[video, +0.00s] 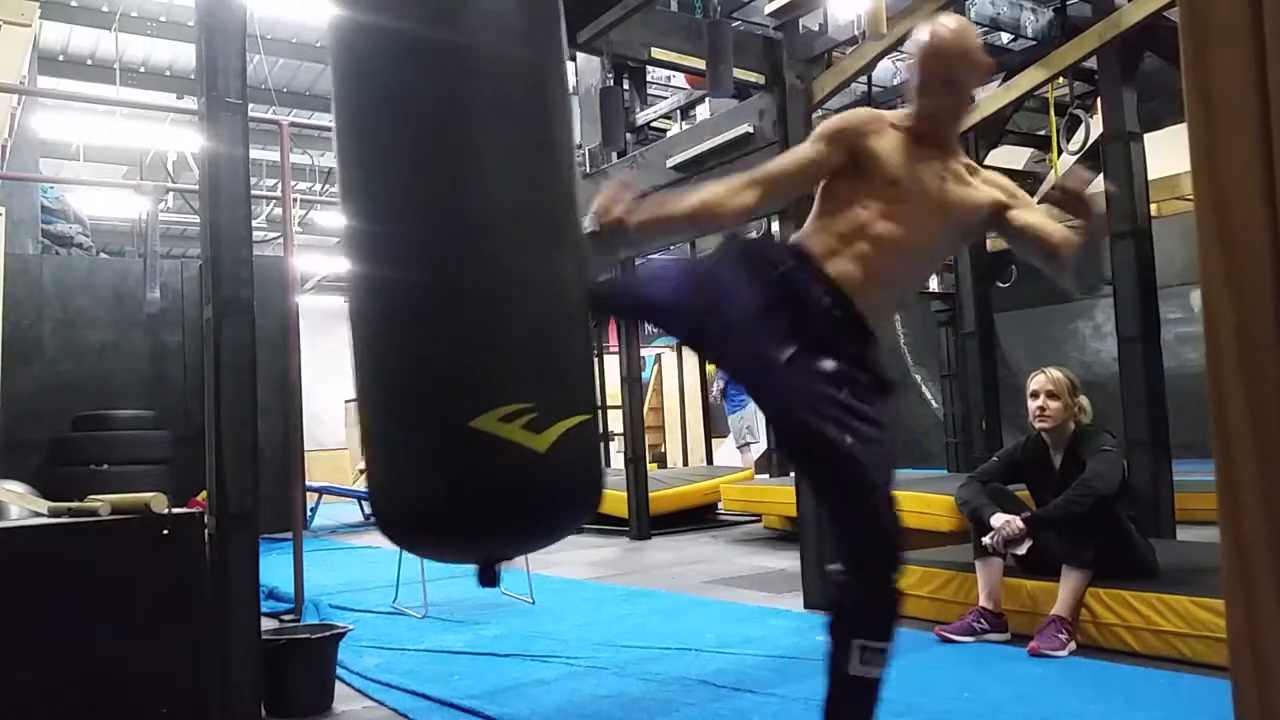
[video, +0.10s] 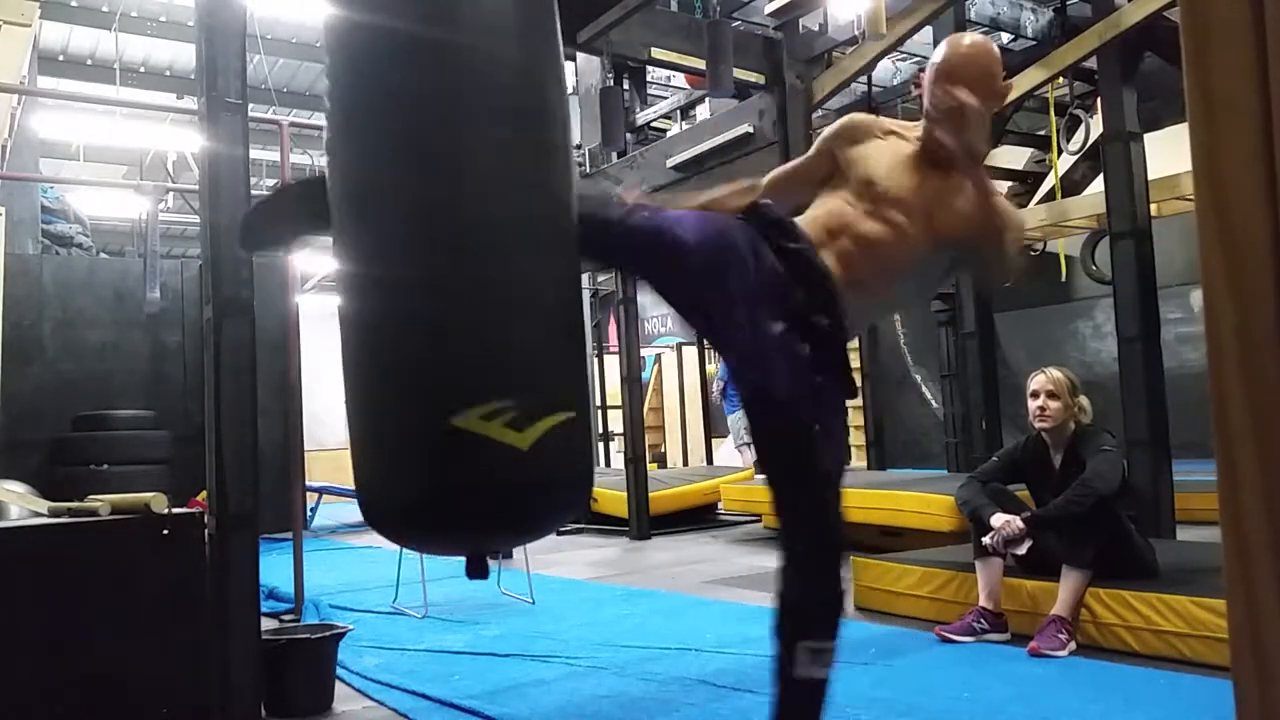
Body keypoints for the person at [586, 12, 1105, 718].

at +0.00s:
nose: (933, 86)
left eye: (951, 72)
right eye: (927, 66)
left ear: (975, 82)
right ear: (910, 68)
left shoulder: (991, 190)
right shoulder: (861, 131)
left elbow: (1076, 266)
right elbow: (748, 191)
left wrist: (1091, 222)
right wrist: (637, 215)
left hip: (847, 355)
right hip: (775, 285)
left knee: (874, 539)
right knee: (647, 286)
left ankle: (847, 713)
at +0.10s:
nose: (951, 103)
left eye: (970, 94)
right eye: (944, 85)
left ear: (998, 106)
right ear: (924, 84)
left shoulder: (989, 211)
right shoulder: (859, 133)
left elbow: (998, 276)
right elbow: (760, 195)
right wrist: (652, 212)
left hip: (810, 346)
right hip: (757, 257)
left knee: (815, 541)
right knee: (626, 230)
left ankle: (796, 712)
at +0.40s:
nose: (884, 43)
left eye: (904, 32)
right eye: (879, 32)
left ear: (953, 46)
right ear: (871, 46)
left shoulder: (982, 167)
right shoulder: (833, 141)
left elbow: (980, 276)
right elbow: (720, 195)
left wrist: (908, 166)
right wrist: (637, 138)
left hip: (834, 360)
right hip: (749, 313)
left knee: (806, 567)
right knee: (590, 405)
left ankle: (799, 715)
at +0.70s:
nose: (810, 85)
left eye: (823, 67)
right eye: (809, 72)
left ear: (873, 64)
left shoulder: (913, 152)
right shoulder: (828, 178)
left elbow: (959, 265)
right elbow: (801, 308)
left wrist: (836, 274)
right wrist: (751, 280)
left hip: (840, 359)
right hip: (793, 363)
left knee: (791, 546)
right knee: (838, 530)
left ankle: (795, 710)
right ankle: (934, 676)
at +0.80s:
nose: (809, 117)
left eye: (817, 98)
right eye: (804, 105)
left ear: (862, 84)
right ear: (859, 91)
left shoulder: (880, 164)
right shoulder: (866, 174)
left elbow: (905, 261)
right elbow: (861, 305)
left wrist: (787, 268)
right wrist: (786, 317)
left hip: (849, 378)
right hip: (864, 379)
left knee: (790, 553)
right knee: (881, 550)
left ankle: (800, 711)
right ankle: (956, 703)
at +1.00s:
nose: (806, 133)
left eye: (812, 114)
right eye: (801, 120)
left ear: (855, 94)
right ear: (867, 101)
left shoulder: (840, 171)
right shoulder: (923, 180)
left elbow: (788, 256)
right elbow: (946, 301)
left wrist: (726, 213)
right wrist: (842, 316)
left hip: (853, 367)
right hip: (912, 367)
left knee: (808, 543)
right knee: (898, 534)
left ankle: (821, 710)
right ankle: (954, 700)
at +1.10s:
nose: (805, 137)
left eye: (811, 119)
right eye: (801, 124)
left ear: (853, 100)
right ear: (865, 105)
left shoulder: (835, 173)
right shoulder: (928, 187)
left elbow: (780, 261)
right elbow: (967, 307)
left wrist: (726, 218)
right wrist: (890, 318)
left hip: (853, 367)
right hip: (914, 370)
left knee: (813, 546)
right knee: (897, 540)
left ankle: (821, 710)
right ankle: (954, 702)